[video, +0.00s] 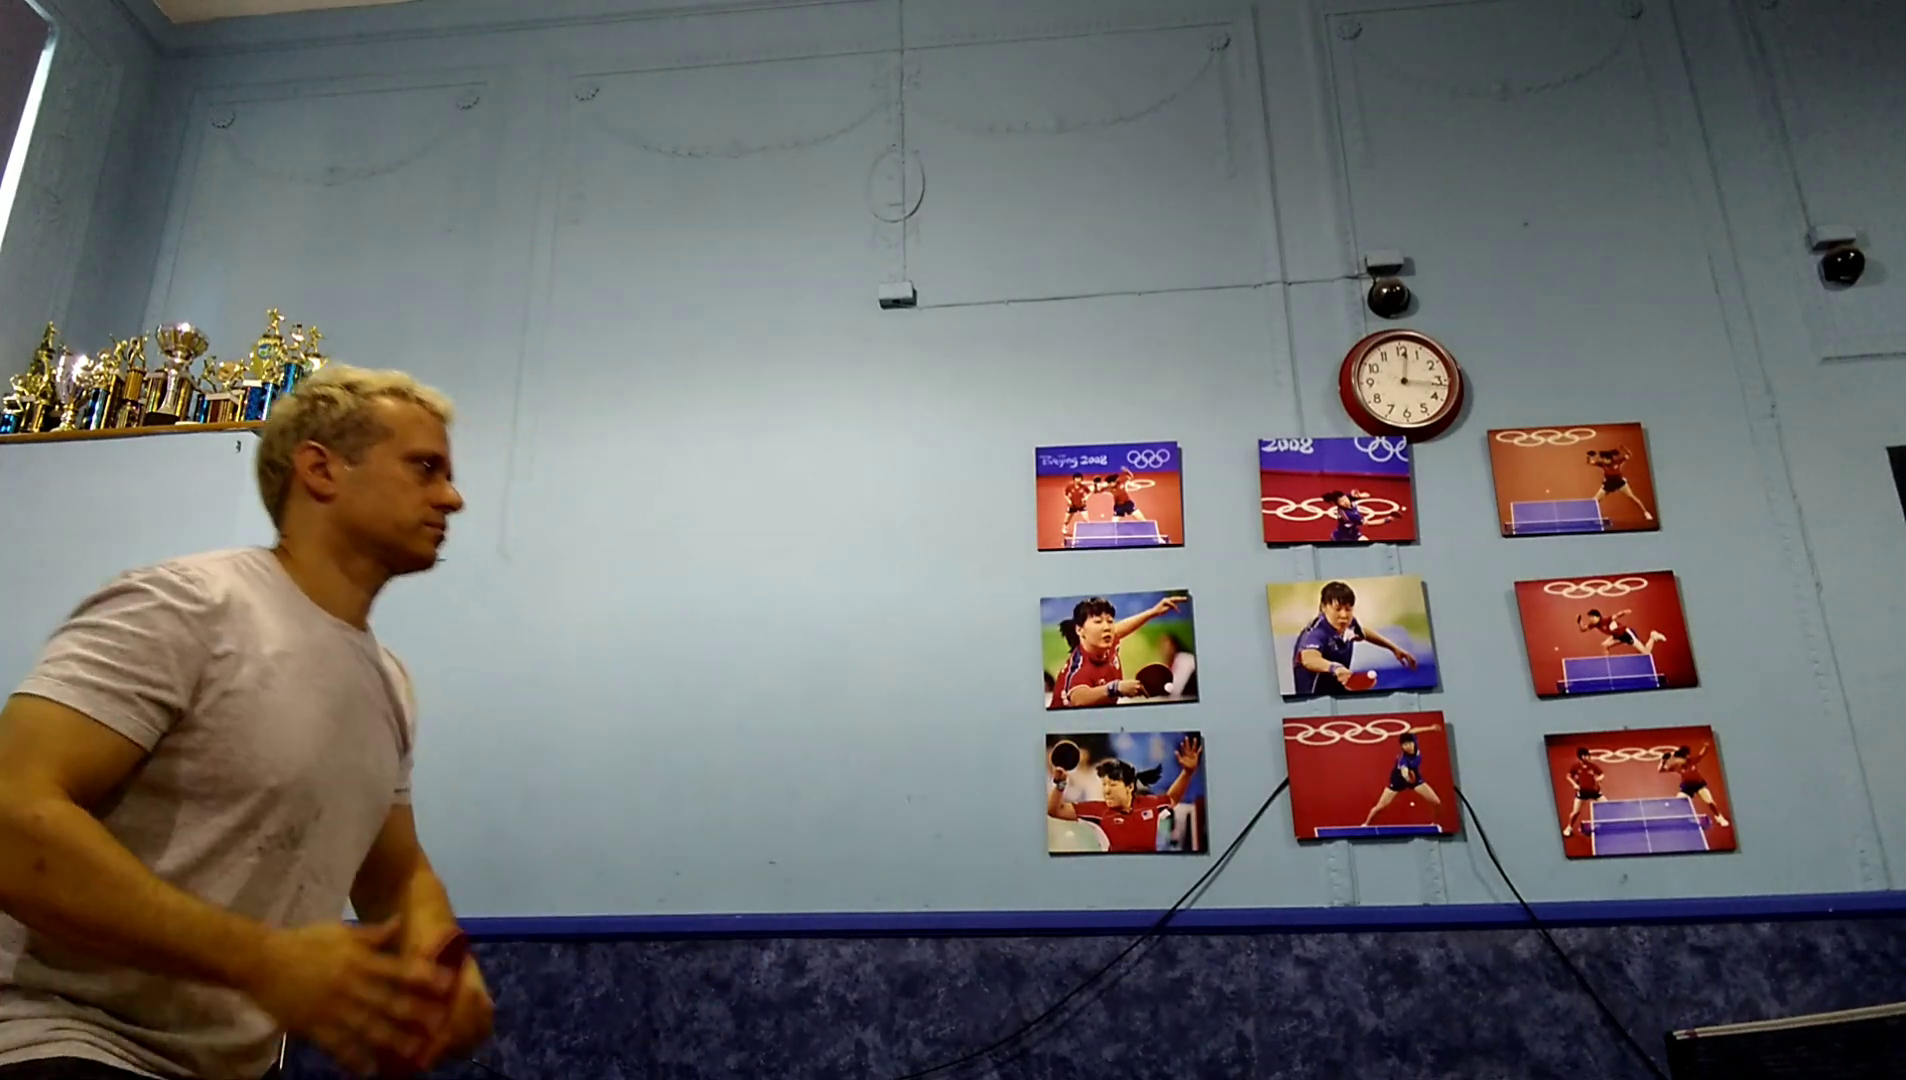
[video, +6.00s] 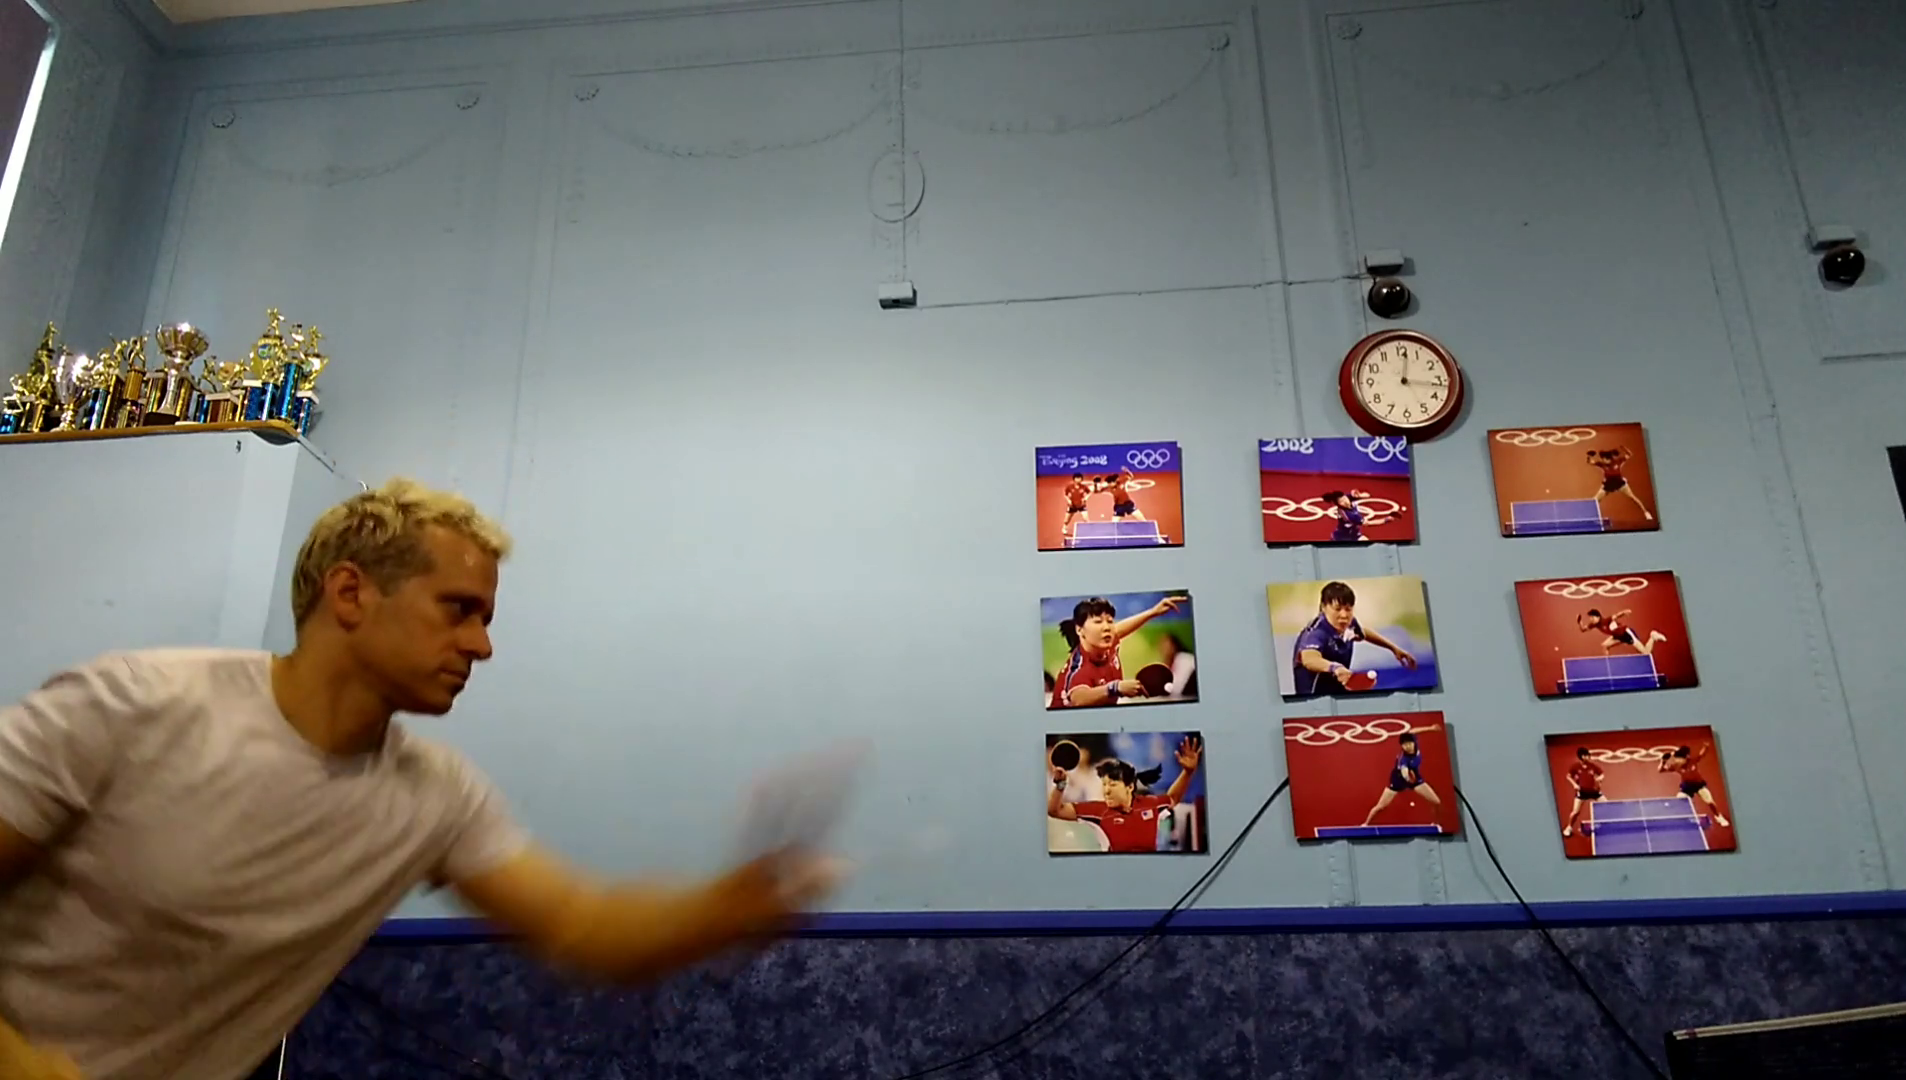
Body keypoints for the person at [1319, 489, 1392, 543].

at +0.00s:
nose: (1345, 502)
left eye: (1344, 499)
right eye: (1341, 502)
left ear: (1347, 497)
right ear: (1338, 505)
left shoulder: (1349, 499)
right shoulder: (1349, 515)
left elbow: (1368, 495)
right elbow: (1366, 523)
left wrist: (1360, 495)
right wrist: (1384, 520)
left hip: (1355, 535)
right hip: (1342, 538)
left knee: (1370, 547)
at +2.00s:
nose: (1344, 502)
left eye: (1344, 499)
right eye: (1341, 502)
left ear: (1346, 497)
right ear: (1338, 505)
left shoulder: (1350, 500)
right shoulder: (1349, 515)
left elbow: (1367, 496)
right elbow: (1367, 523)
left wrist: (1360, 495)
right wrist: (1385, 520)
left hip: (1356, 536)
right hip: (1342, 538)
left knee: (1370, 547)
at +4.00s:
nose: (1344, 502)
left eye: (1344, 499)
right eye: (1341, 502)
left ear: (1346, 497)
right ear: (1339, 505)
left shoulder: (1349, 498)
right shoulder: (1349, 515)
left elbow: (1367, 496)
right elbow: (1366, 523)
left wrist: (1360, 495)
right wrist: (1385, 520)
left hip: (1356, 536)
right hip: (1341, 538)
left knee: (1371, 548)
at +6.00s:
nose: (1344, 502)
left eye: (1344, 499)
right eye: (1341, 502)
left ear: (1346, 497)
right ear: (1339, 505)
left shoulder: (1349, 498)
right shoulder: (1350, 515)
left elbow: (1367, 496)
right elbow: (1366, 523)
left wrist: (1360, 495)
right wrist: (1385, 520)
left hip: (1356, 536)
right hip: (1341, 538)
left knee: (1371, 548)